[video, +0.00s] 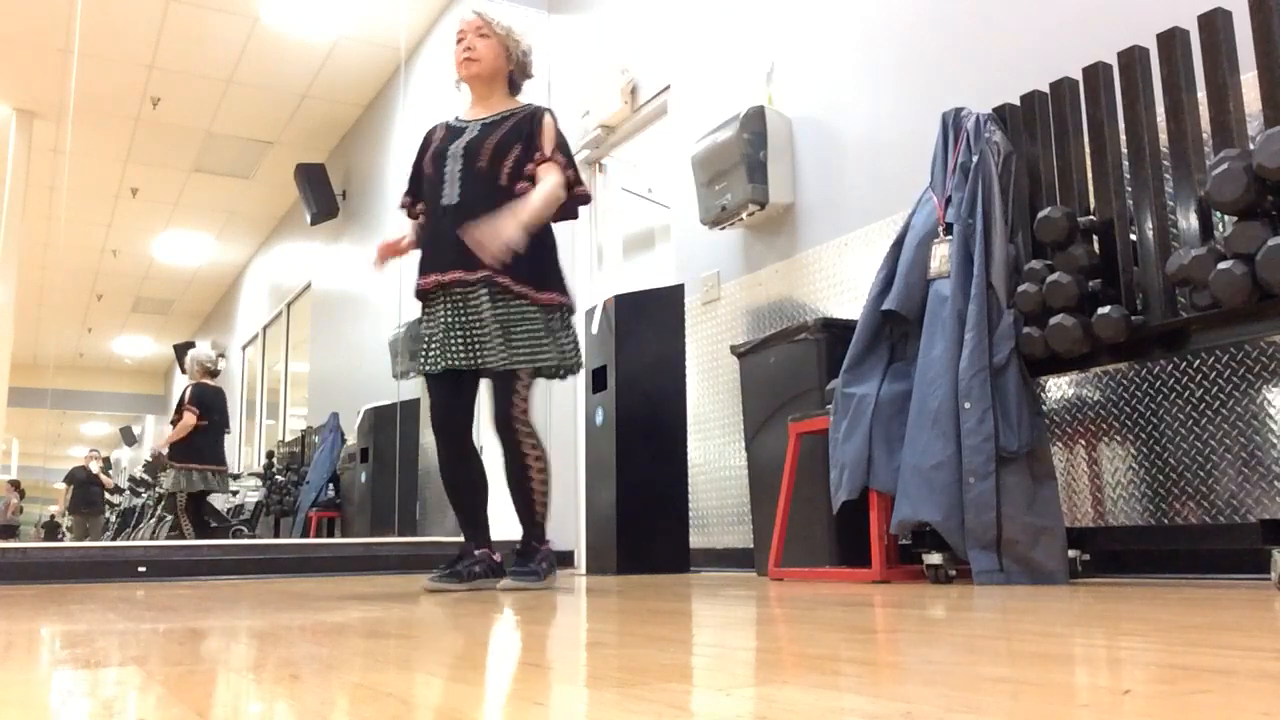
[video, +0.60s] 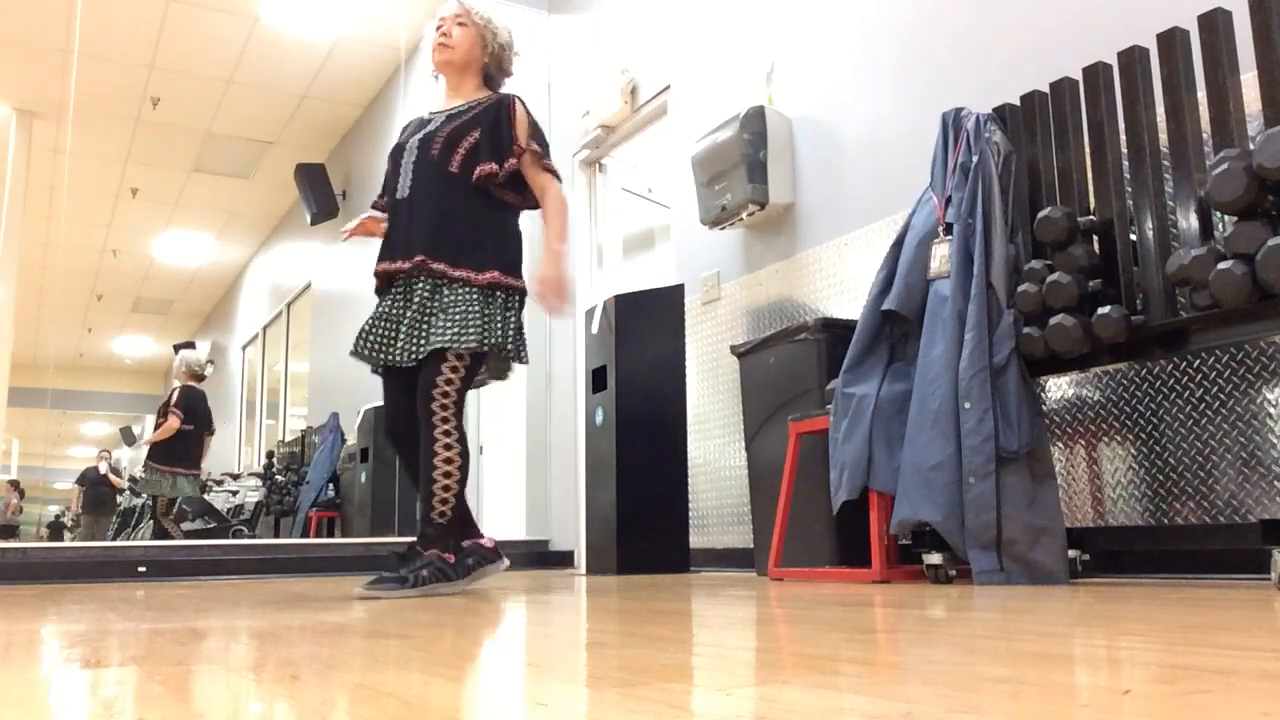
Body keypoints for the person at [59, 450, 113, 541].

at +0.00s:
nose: (93, 460)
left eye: (96, 458)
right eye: (90, 457)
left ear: (100, 460)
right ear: (85, 458)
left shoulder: (103, 472)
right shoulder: (76, 471)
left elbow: (111, 486)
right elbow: (64, 488)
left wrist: (99, 473)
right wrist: (61, 506)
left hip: (96, 512)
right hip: (78, 512)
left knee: (96, 540)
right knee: (78, 540)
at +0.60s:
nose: (103, 460)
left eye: (106, 458)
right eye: (101, 458)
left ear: (110, 460)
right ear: (97, 458)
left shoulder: (114, 471)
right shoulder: (88, 471)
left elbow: (120, 485)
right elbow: (78, 488)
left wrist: (108, 474)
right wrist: (74, 506)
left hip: (106, 512)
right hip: (88, 511)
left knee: (101, 540)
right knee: (84, 538)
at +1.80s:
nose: (91, 462)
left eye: (94, 460)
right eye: (89, 459)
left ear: (99, 461)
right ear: (86, 460)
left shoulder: (103, 472)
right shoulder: (79, 472)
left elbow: (107, 487)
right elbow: (71, 489)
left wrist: (94, 474)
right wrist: (67, 504)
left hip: (95, 510)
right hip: (78, 510)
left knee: (94, 538)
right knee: (81, 539)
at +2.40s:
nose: (86, 463)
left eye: (89, 460)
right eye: (84, 460)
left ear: (95, 462)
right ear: (81, 461)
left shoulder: (99, 472)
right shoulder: (76, 472)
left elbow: (100, 487)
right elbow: (67, 490)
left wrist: (88, 475)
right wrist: (60, 505)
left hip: (89, 508)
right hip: (74, 508)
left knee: (89, 537)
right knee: (78, 537)